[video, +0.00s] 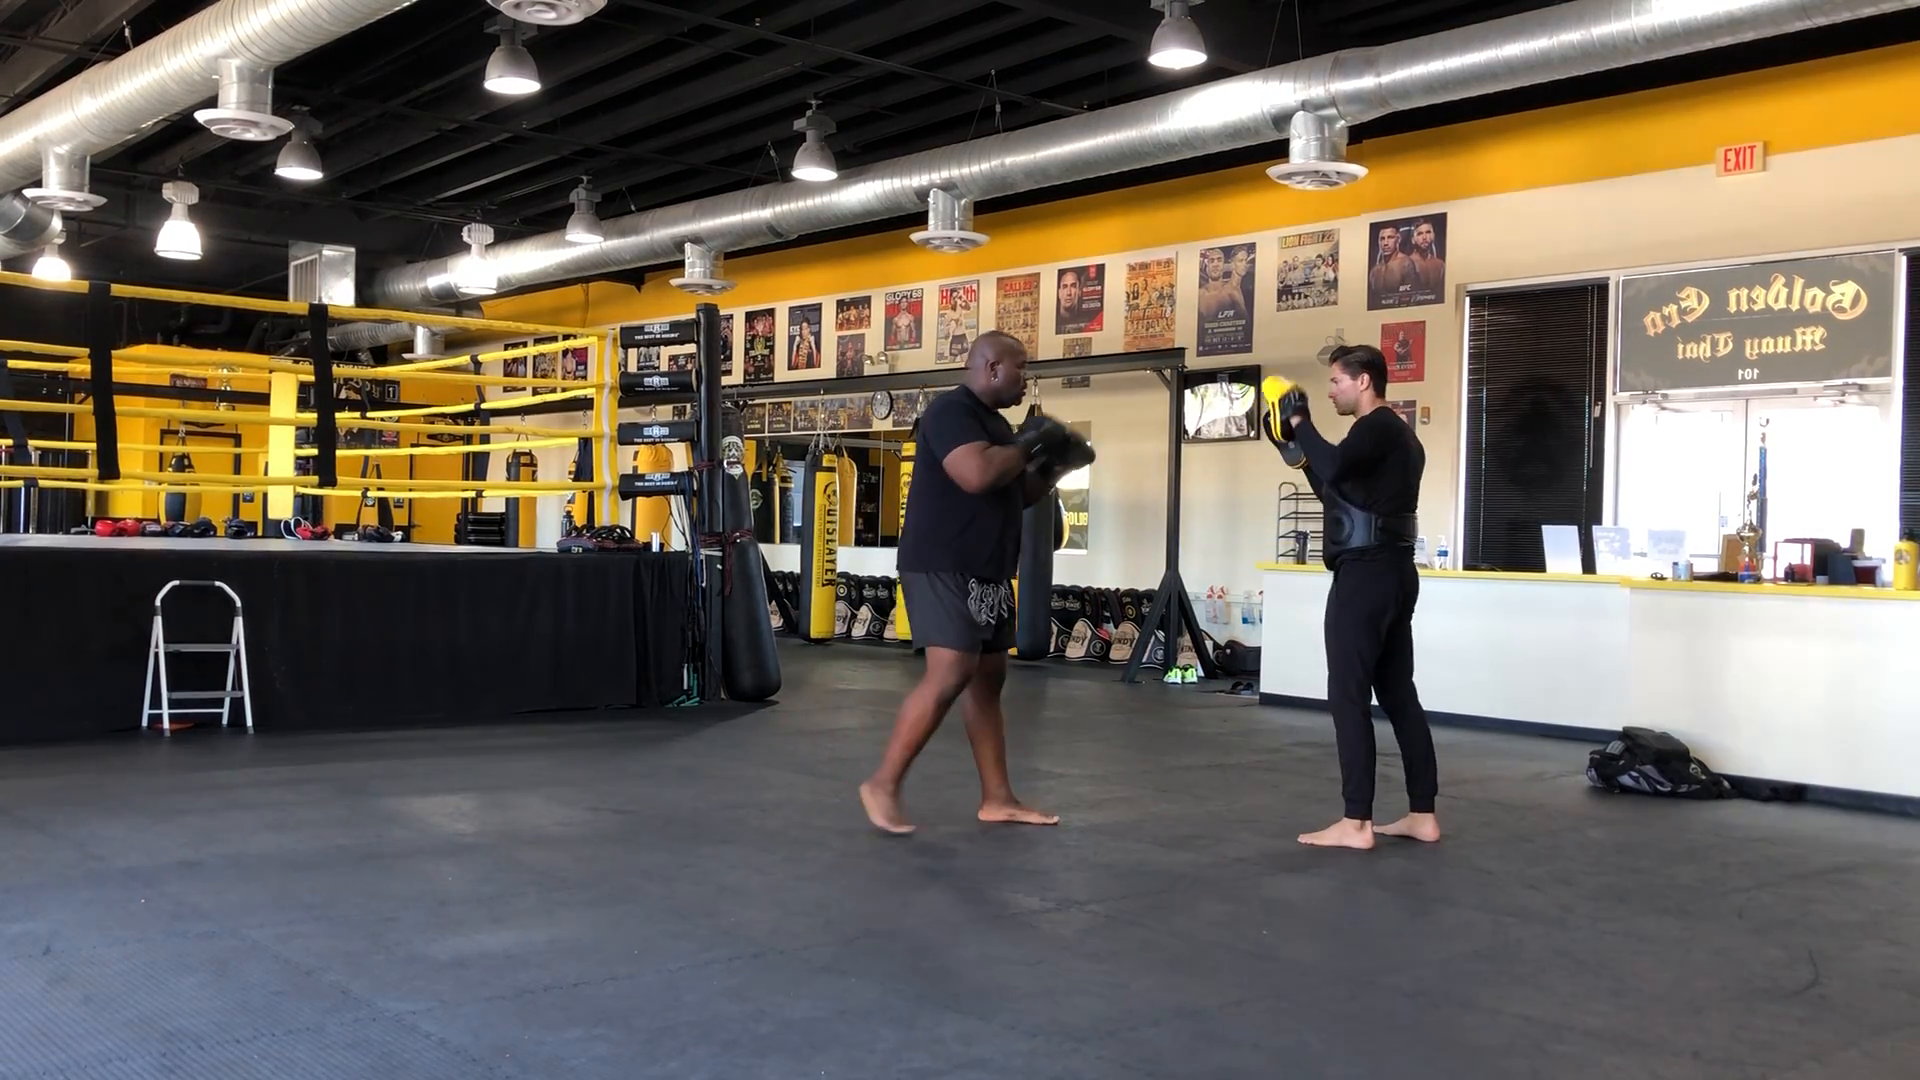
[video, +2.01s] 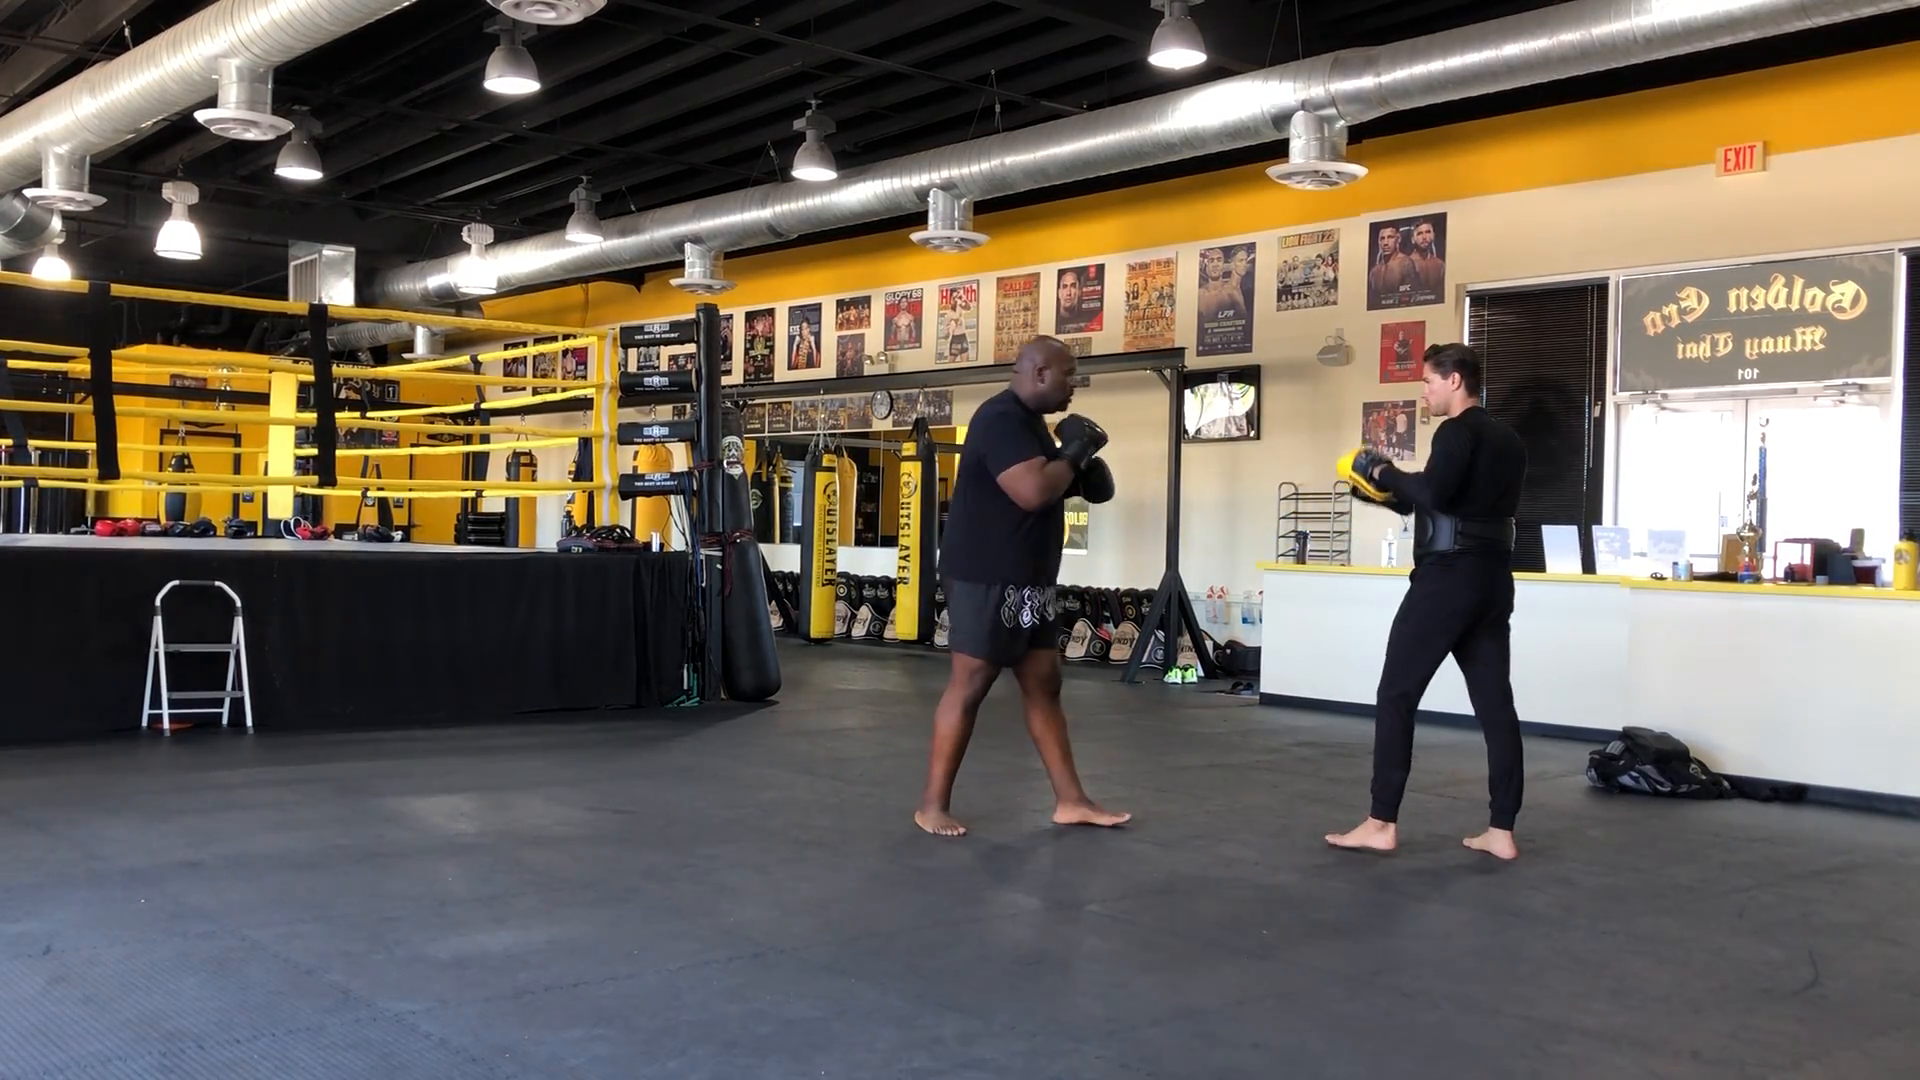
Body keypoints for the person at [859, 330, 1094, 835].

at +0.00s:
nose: (1025, 380)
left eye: (1025, 371)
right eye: (1020, 370)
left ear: (993, 368)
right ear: (990, 366)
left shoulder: (999, 428)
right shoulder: (948, 409)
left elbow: (1021, 495)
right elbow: (976, 475)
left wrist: (1053, 466)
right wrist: (1026, 443)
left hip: (987, 570)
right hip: (939, 565)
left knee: (987, 676)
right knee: (950, 669)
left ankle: (997, 798)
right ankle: (881, 785)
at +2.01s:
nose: (1073, 388)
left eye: (1074, 379)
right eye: (1068, 377)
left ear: (1038, 372)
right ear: (1037, 371)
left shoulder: (1031, 425)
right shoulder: (999, 418)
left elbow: (1046, 485)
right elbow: (1032, 490)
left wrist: (1078, 479)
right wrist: (1071, 455)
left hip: (1029, 579)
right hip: (986, 578)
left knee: (1043, 683)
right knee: (967, 686)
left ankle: (1071, 800)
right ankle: (932, 808)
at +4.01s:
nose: (1160, 402)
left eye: (1162, 395)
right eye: (1156, 393)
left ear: (1125, 382)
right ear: (1130, 383)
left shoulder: (1118, 423)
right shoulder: (1100, 412)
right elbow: (1129, 460)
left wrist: (1167, 435)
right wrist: (1190, 442)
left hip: (1095, 567)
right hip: (1062, 558)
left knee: (1109, 671)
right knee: (1046, 672)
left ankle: (1109, 796)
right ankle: (979, 794)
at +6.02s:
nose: (1121, 388)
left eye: (1122, 379)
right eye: (1114, 379)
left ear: (1091, 380)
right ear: (1081, 378)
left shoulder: (1098, 436)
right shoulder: (1037, 427)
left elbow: (1123, 492)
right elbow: (1046, 497)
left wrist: (1160, 467)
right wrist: (1111, 455)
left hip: (1087, 585)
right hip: (1035, 585)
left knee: (1119, 678)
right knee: (1023, 693)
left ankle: (1120, 796)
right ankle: (968, 811)